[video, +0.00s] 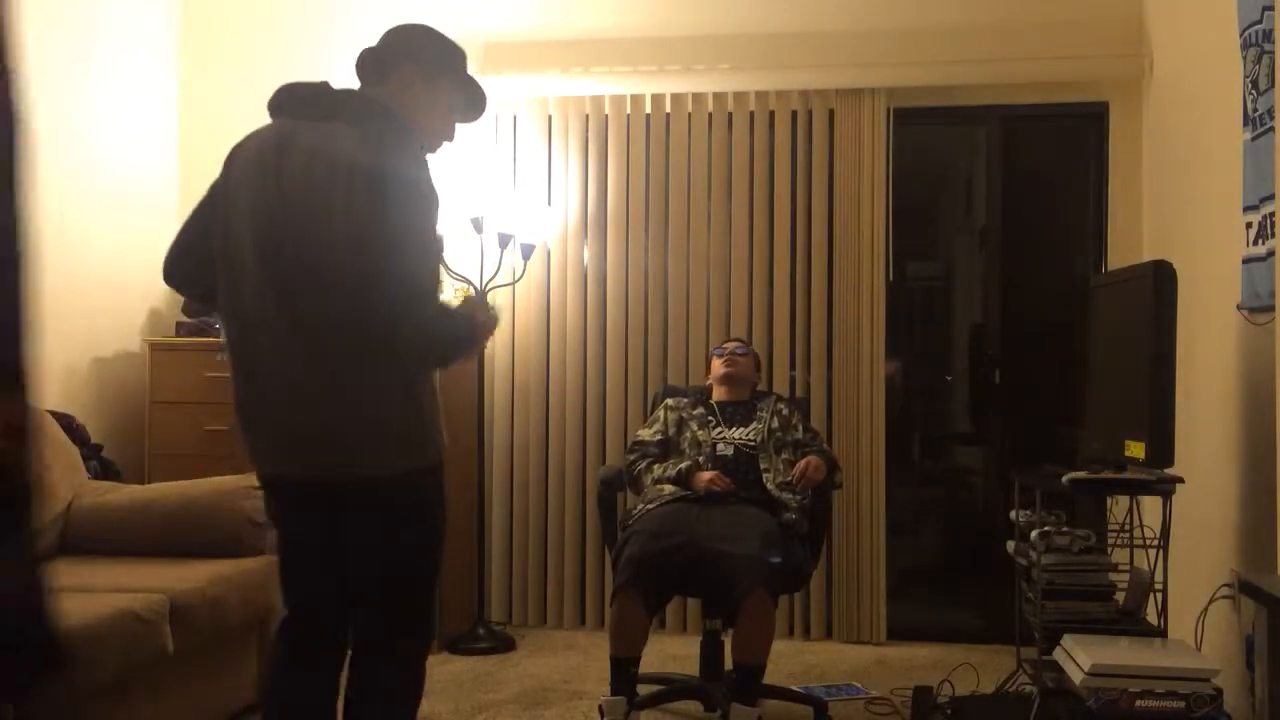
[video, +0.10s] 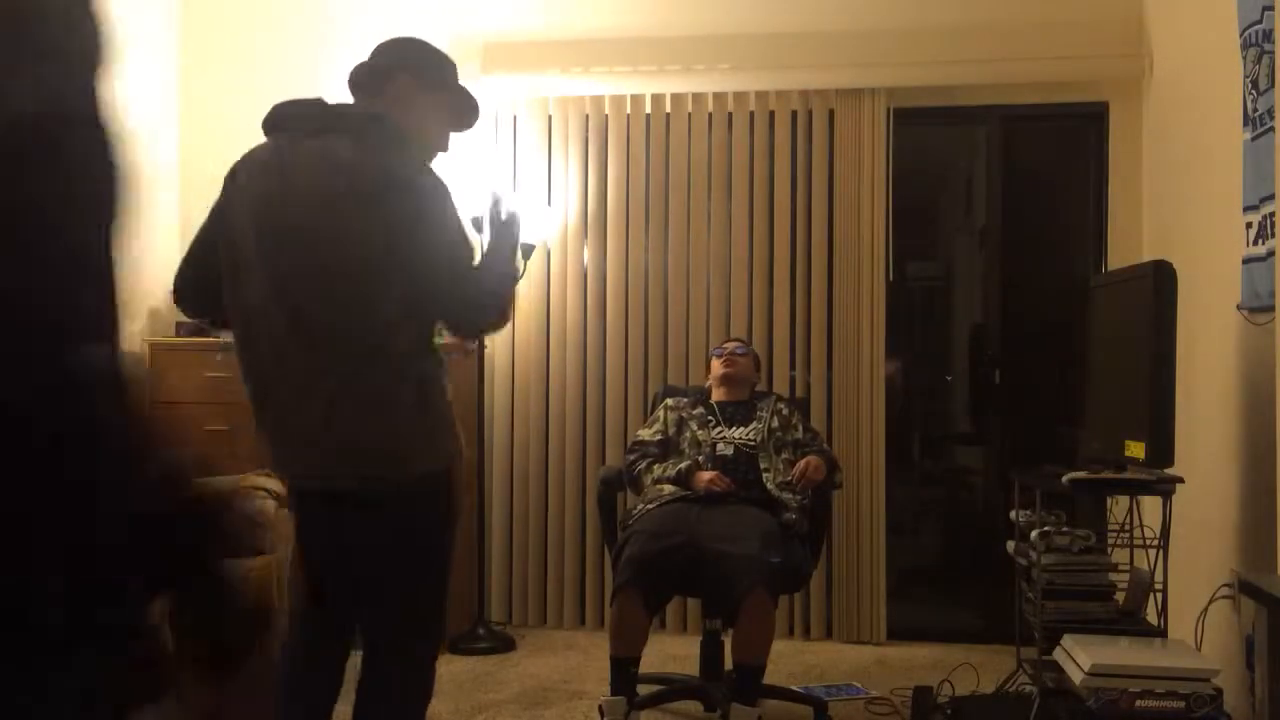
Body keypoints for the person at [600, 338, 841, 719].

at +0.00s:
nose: (729, 353)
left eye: (740, 350)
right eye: (720, 351)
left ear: (757, 372)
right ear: (708, 372)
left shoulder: (779, 412)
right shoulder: (674, 409)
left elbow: (822, 454)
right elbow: (639, 465)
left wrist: (819, 461)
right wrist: (689, 476)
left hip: (749, 508)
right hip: (673, 505)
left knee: (756, 576)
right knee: (638, 567)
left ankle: (746, 705)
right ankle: (621, 695)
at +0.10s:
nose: (728, 353)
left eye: (739, 351)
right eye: (719, 351)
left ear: (756, 372)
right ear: (708, 372)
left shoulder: (779, 411)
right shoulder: (674, 409)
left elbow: (822, 453)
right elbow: (638, 464)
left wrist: (819, 461)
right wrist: (689, 476)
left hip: (750, 508)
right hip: (673, 505)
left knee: (756, 577)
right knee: (638, 567)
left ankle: (746, 705)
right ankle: (621, 695)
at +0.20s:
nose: (726, 354)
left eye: (738, 350)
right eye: (718, 352)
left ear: (755, 371)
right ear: (708, 372)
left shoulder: (779, 411)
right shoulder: (673, 409)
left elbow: (822, 454)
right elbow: (639, 464)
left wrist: (820, 460)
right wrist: (689, 475)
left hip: (751, 507)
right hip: (674, 504)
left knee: (757, 576)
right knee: (638, 566)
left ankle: (746, 704)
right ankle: (621, 695)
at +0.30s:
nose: (725, 354)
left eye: (736, 350)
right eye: (716, 352)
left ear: (754, 370)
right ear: (706, 372)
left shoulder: (779, 411)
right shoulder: (673, 409)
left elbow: (824, 457)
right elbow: (638, 464)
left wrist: (820, 461)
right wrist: (689, 475)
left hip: (751, 507)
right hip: (675, 504)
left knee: (757, 573)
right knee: (638, 564)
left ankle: (746, 704)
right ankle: (621, 695)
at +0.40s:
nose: (724, 354)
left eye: (735, 350)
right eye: (715, 352)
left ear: (754, 370)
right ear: (706, 372)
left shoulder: (779, 411)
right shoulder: (674, 409)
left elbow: (825, 459)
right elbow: (638, 465)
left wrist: (820, 462)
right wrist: (689, 476)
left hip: (750, 507)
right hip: (675, 504)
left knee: (757, 574)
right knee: (638, 564)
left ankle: (746, 704)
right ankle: (621, 695)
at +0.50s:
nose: (722, 354)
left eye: (733, 350)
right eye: (713, 353)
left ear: (753, 371)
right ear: (705, 373)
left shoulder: (779, 411)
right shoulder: (674, 409)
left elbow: (825, 457)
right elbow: (638, 465)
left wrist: (820, 461)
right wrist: (689, 476)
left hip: (749, 507)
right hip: (673, 503)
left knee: (756, 576)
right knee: (637, 568)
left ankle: (746, 705)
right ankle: (621, 697)